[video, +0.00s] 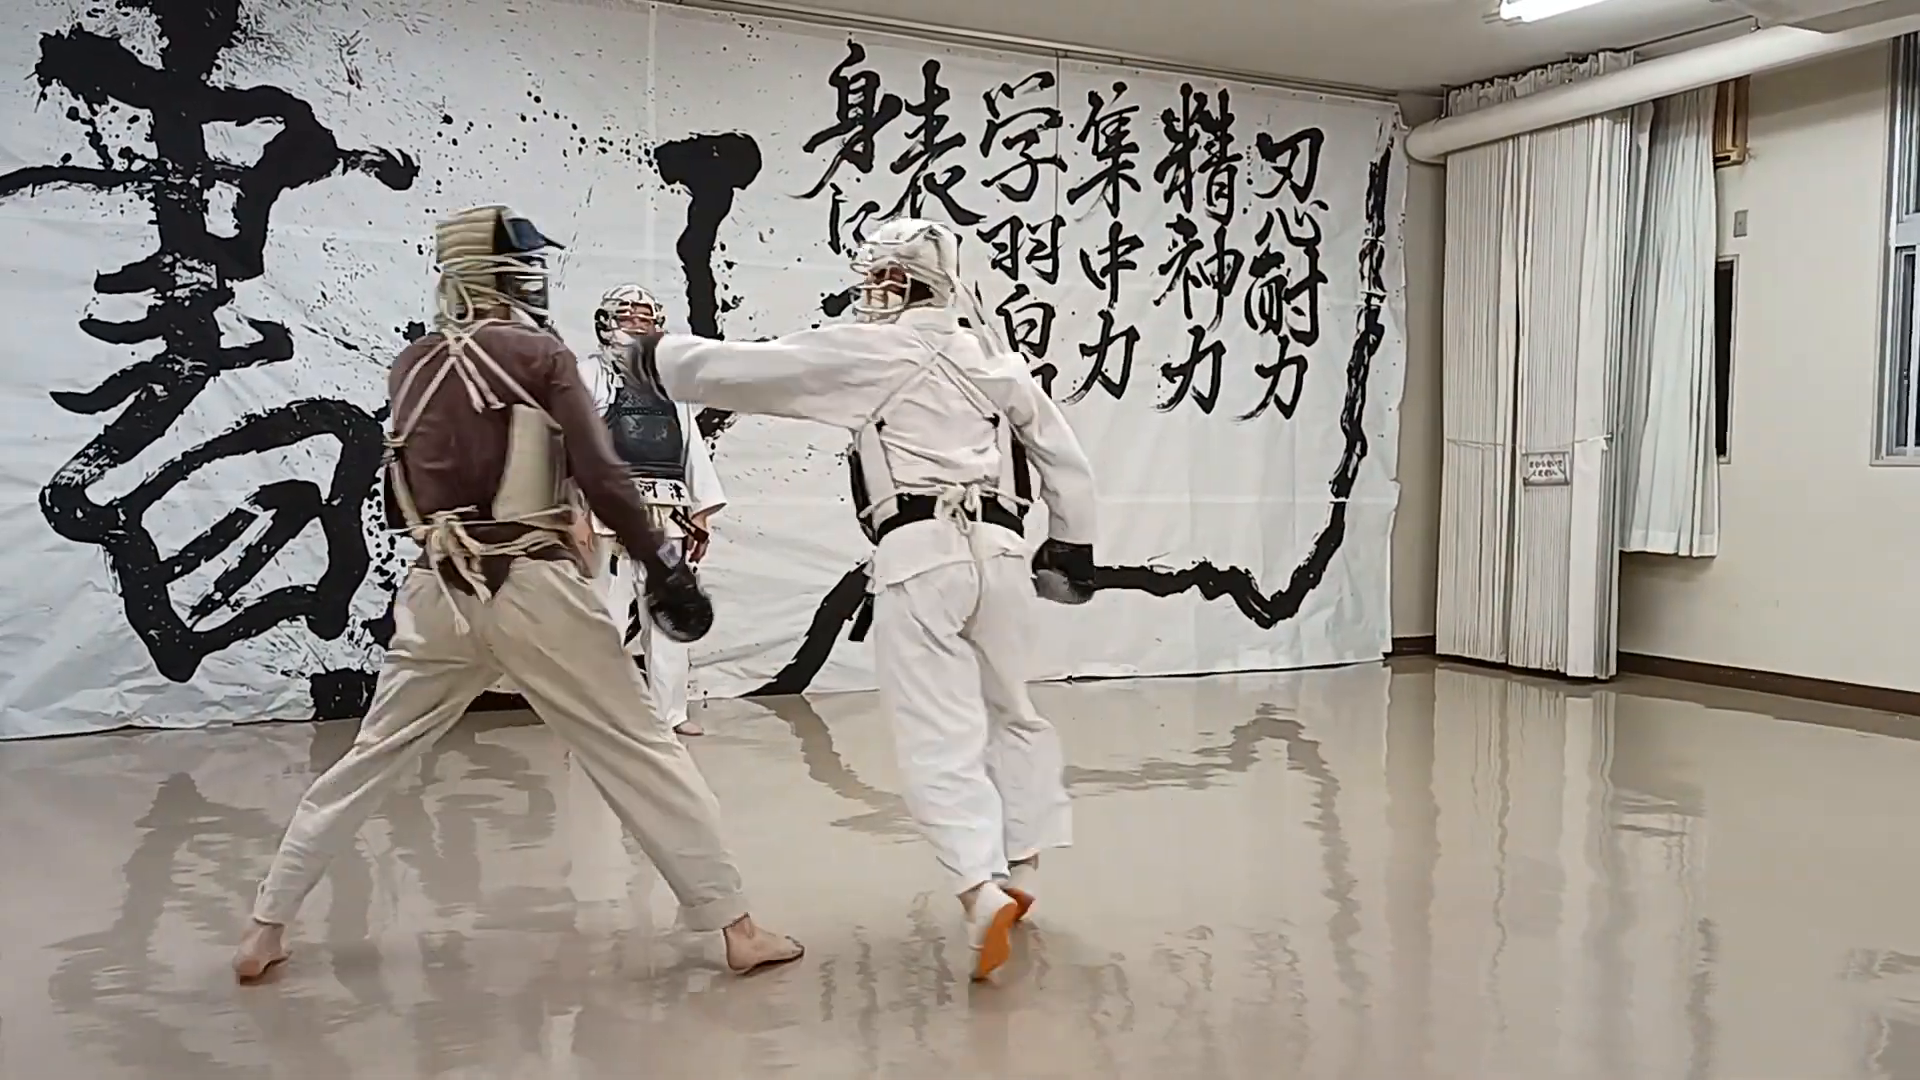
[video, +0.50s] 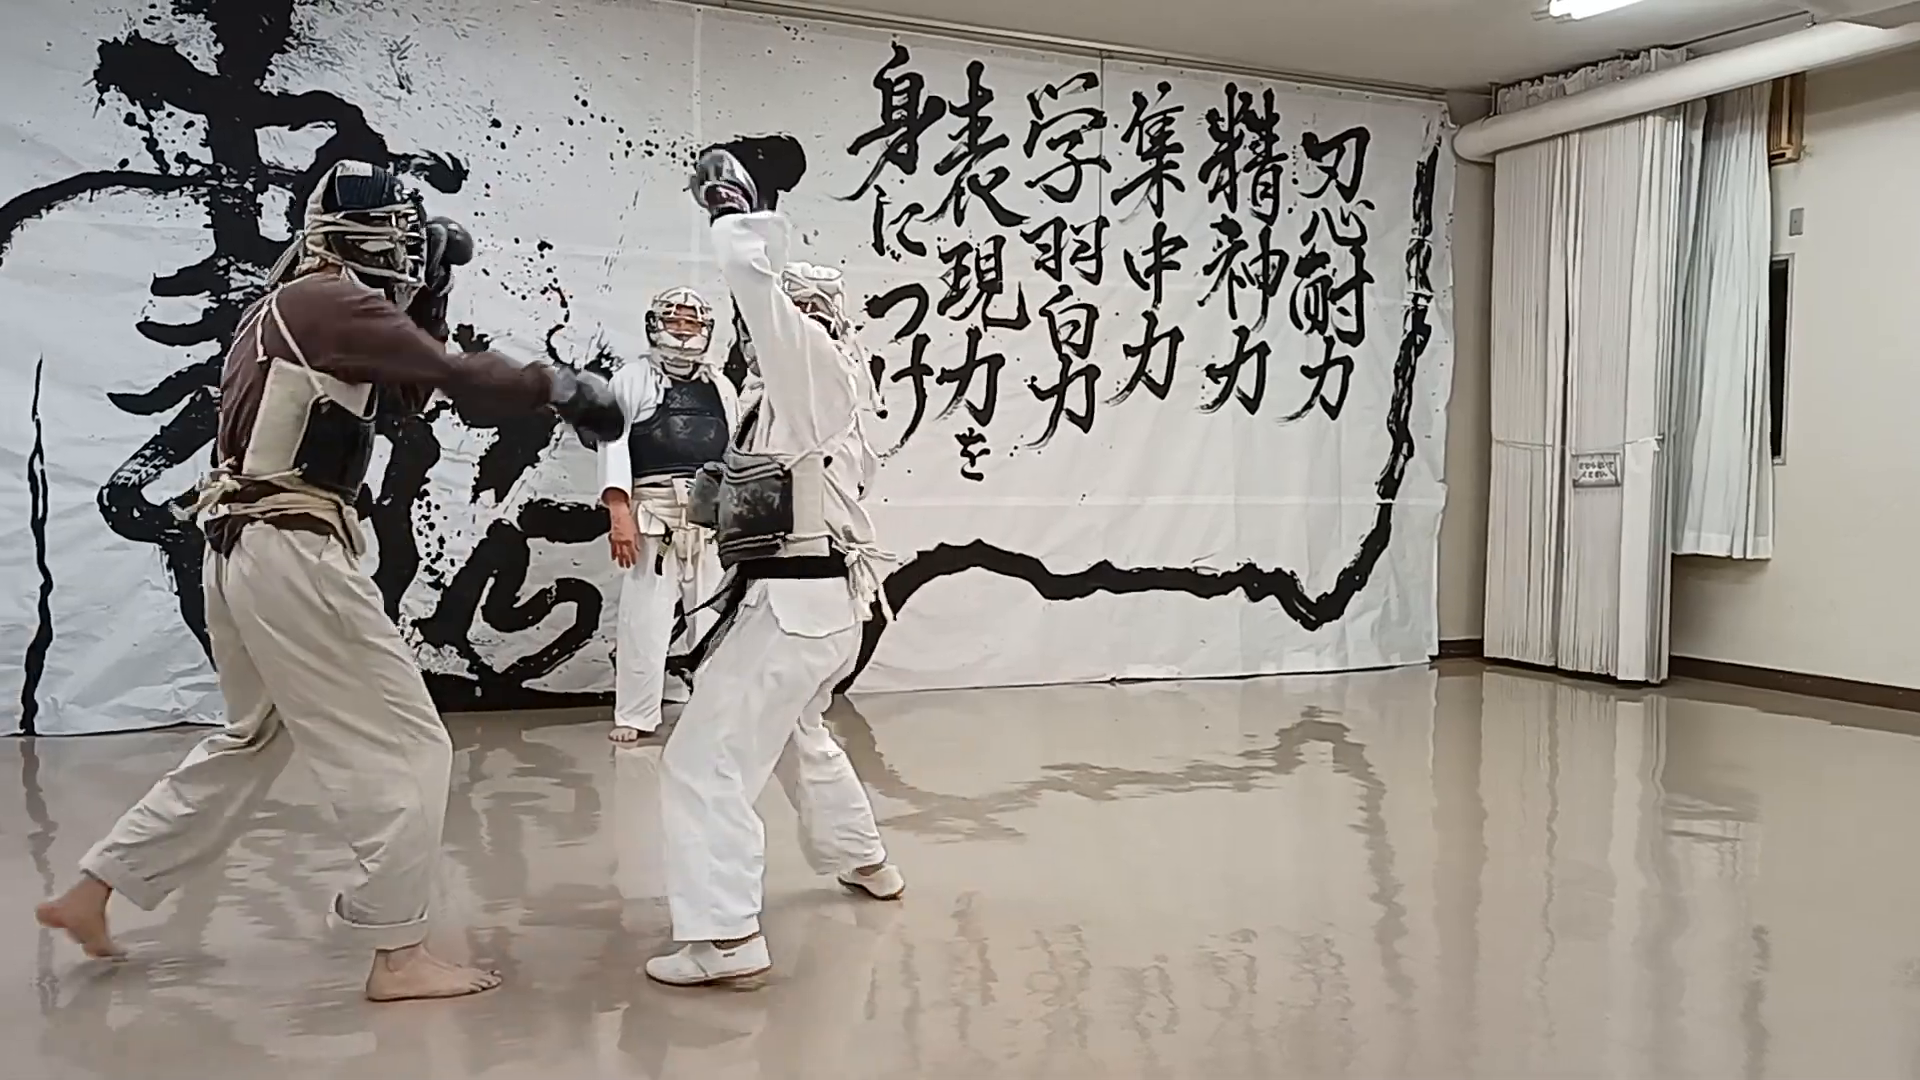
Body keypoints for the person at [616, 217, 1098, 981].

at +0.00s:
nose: (867, 293)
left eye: (879, 281)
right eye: (869, 280)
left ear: (911, 284)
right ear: (946, 287)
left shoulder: (874, 346)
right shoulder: (995, 358)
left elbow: (757, 368)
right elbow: (1066, 459)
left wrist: (657, 350)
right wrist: (1073, 549)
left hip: (919, 545)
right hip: (1004, 544)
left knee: (937, 732)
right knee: (1011, 714)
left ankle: (984, 890)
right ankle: (1019, 873)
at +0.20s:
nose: (771, 321)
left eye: (779, 310)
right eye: (772, 308)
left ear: (796, 312)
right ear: (846, 314)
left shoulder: (762, 375)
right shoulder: (893, 390)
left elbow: (670, 443)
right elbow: (952, 487)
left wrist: (725, 459)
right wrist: (919, 576)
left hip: (807, 602)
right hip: (893, 599)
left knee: (738, 762)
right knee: (931, 742)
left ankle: (695, 943)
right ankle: (1002, 888)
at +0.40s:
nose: (738, 323)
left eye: (750, 308)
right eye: (751, 309)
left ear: (779, 314)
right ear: (812, 320)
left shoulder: (785, 361)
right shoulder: (840, 390)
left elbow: (710, 271)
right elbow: (861, 502)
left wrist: (650, 195)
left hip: (784, 594)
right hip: (840, 595)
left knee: (694, 756)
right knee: (815, 733)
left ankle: (697, 941)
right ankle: (888, 861)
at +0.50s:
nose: (780, 315)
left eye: (792, 303)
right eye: (786, 301)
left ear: (811, 313)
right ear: (824, 316)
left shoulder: (816, 364)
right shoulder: (810, 379)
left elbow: (750, 271)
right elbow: (760, 496)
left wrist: (734, 203)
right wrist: (684, 497)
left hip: (795, 596)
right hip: (827, 593)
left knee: (703, 758)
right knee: (794, 722)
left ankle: (724, 935)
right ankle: (863, 858)